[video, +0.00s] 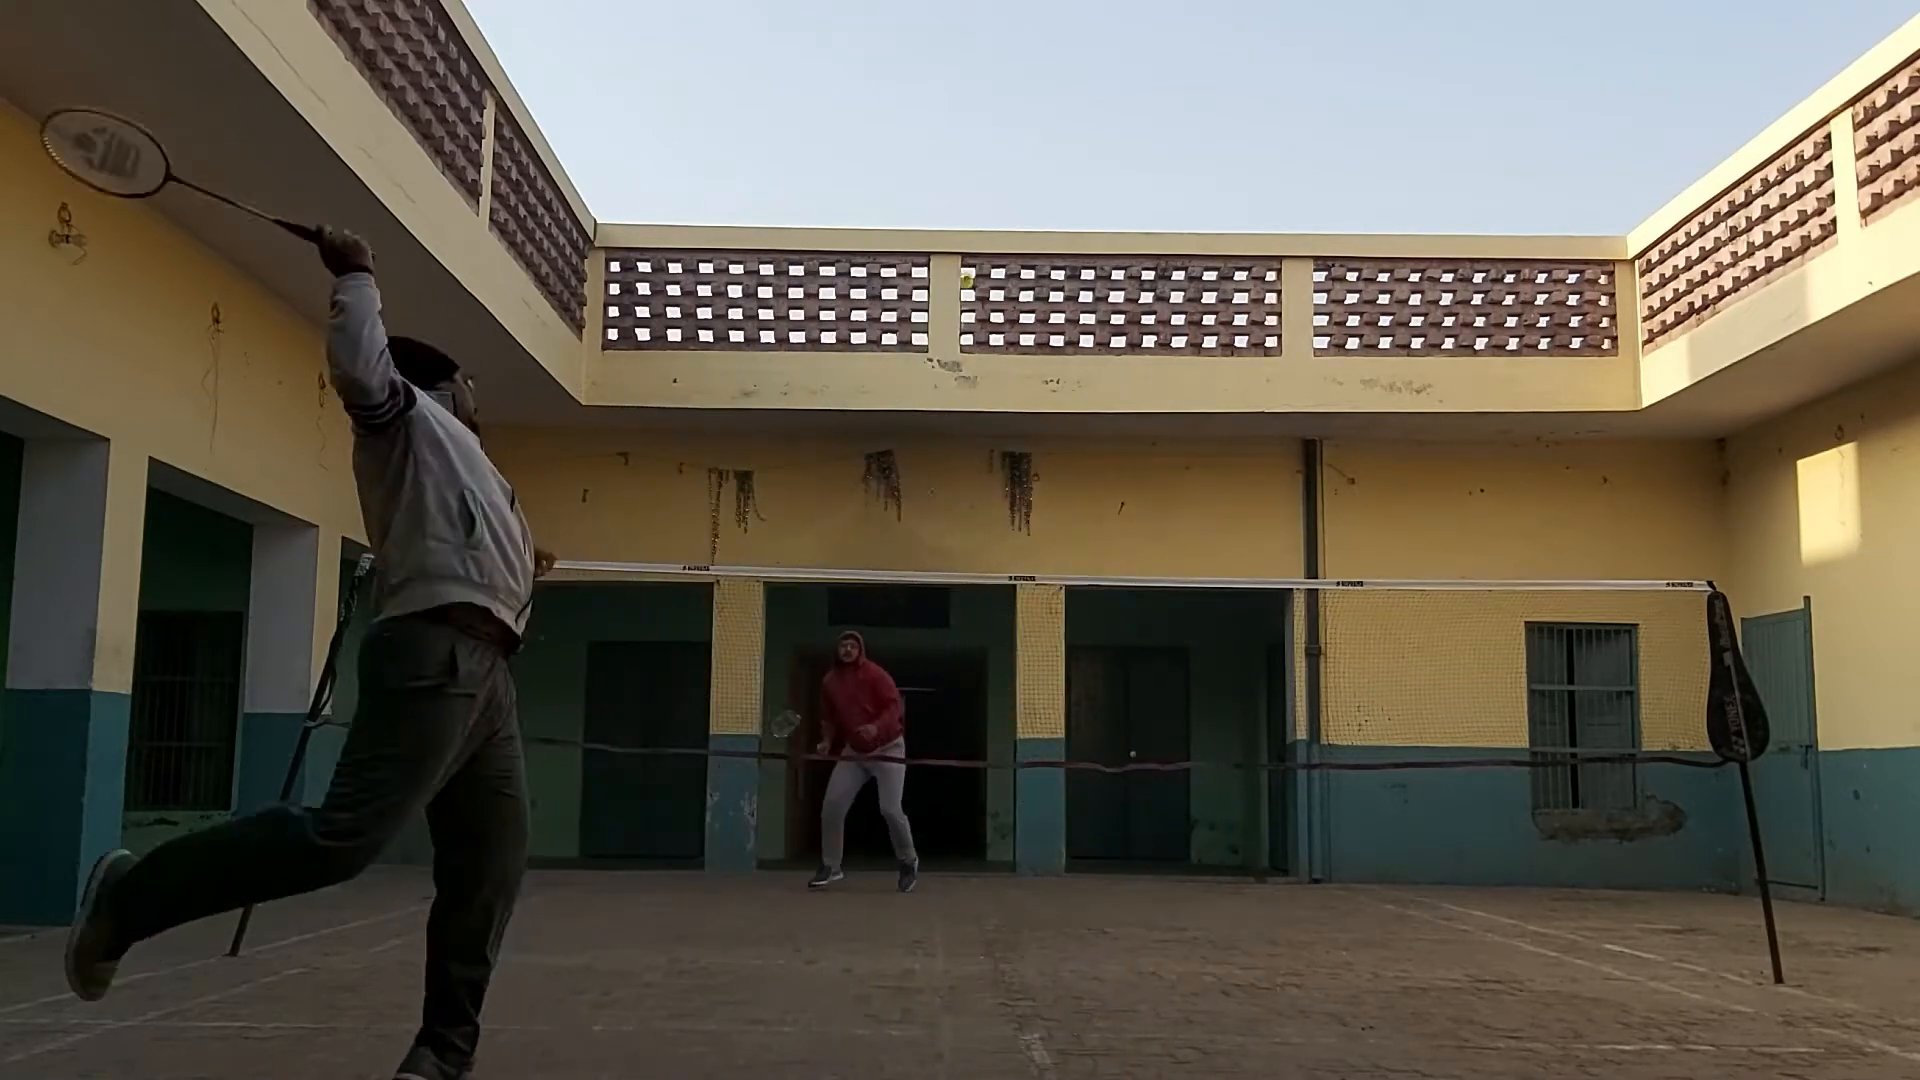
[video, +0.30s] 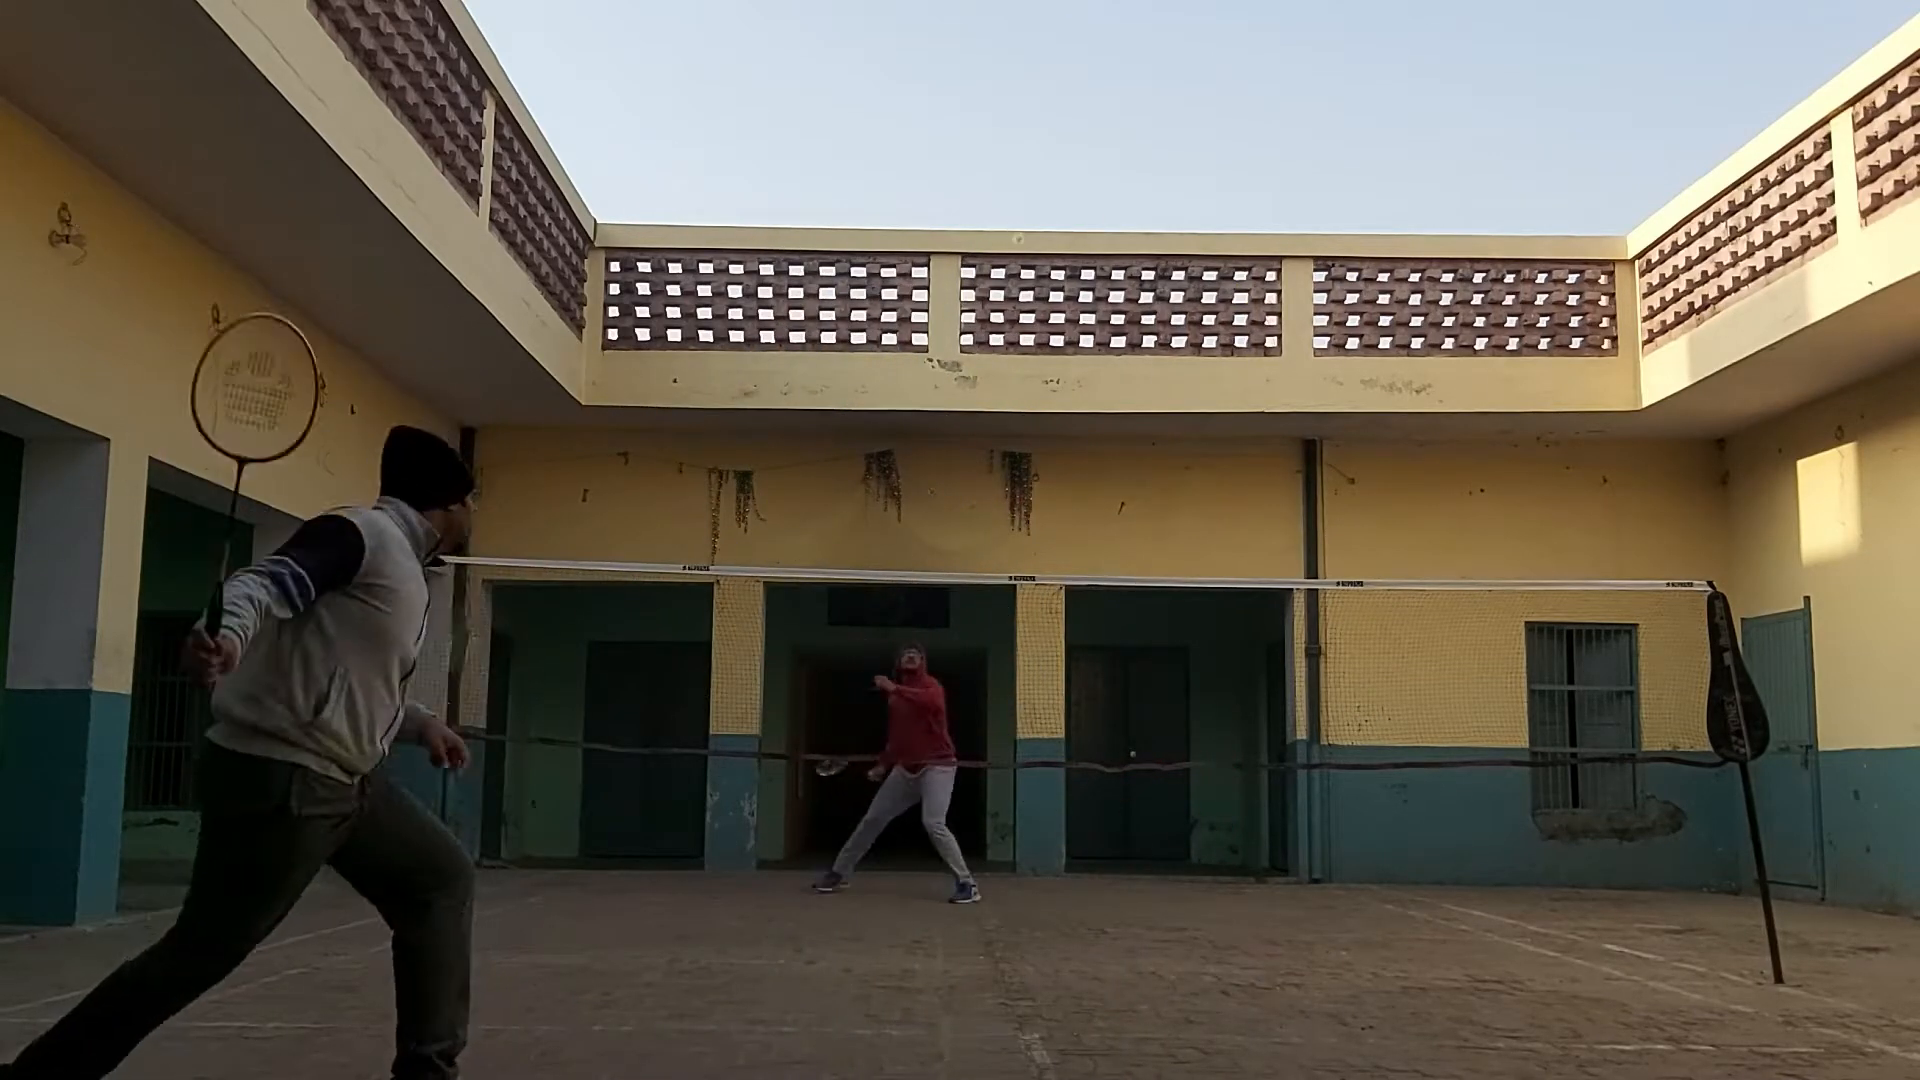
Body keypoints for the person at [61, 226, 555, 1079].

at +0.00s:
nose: (470, 389)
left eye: (466, 380)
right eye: (457, 378)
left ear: (430, 385)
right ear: (423, 380)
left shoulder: (478, 474)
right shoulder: (405, 419)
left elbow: (486, 568)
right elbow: (359, 365)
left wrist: (526, 567)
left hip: (487, 672)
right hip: (431, 651)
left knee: (488, 870)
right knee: (340, 843)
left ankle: (444, 1051)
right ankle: (124, 898)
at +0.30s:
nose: (471, 523)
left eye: (471, 507)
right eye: (468, 505)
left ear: (422, 495)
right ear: (442, 498)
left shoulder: (407, 571)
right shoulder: (362, 531)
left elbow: (357, 679)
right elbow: (265, 581)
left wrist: (422, 723)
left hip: (341, 781)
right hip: (275, 774)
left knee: (441, 879)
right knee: (200, 953)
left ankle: (428, 1064)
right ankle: (40, 1068)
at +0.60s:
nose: (562, 471)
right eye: (556, 458)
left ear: (476, 460)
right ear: (547, 461)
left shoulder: (429, 522)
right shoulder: (552, 515)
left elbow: (353, 630)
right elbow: (563, 622)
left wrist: (437, 670)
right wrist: (624, 702)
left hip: (387, 718)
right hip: (436, 733)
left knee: (495, 893)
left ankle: (433, 1065)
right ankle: (180, 1020)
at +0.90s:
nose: (714, 478)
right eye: (714, 467)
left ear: (635, 459)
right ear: (709, 465)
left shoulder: (572, 528)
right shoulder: (704, 519)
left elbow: (535, 632)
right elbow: (695, 618)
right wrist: (757, 711)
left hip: (536, 727)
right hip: (637, 723)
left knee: (536, 917)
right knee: (748, 901)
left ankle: (433, 1070)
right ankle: (844, 1067)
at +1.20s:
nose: (804, 505)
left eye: (800, 489)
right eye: (803, 489)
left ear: (727, 494)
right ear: (794, 494)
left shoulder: (691, 569)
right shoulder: (776, 567)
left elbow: (717, 674)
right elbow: (800, 694)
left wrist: (817, 648)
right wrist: (924, 708)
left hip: (667, 812)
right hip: (754, 808)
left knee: (632, 966)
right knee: (941, 928)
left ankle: (506, 1079)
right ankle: (916, 1075)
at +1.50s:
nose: (964, 393)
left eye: (958, 382)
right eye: (953, 383)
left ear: (890, 400)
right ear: (924, 401)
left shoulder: (916, 445)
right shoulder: (874, 479)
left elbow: (997, 399)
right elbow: (810, 585)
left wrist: (1079, 368)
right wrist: (912, 576)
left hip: (808, 722)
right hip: (872, 736)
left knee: (776, 913)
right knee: (996, 935)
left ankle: (651, 1063)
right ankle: (938, 1079)